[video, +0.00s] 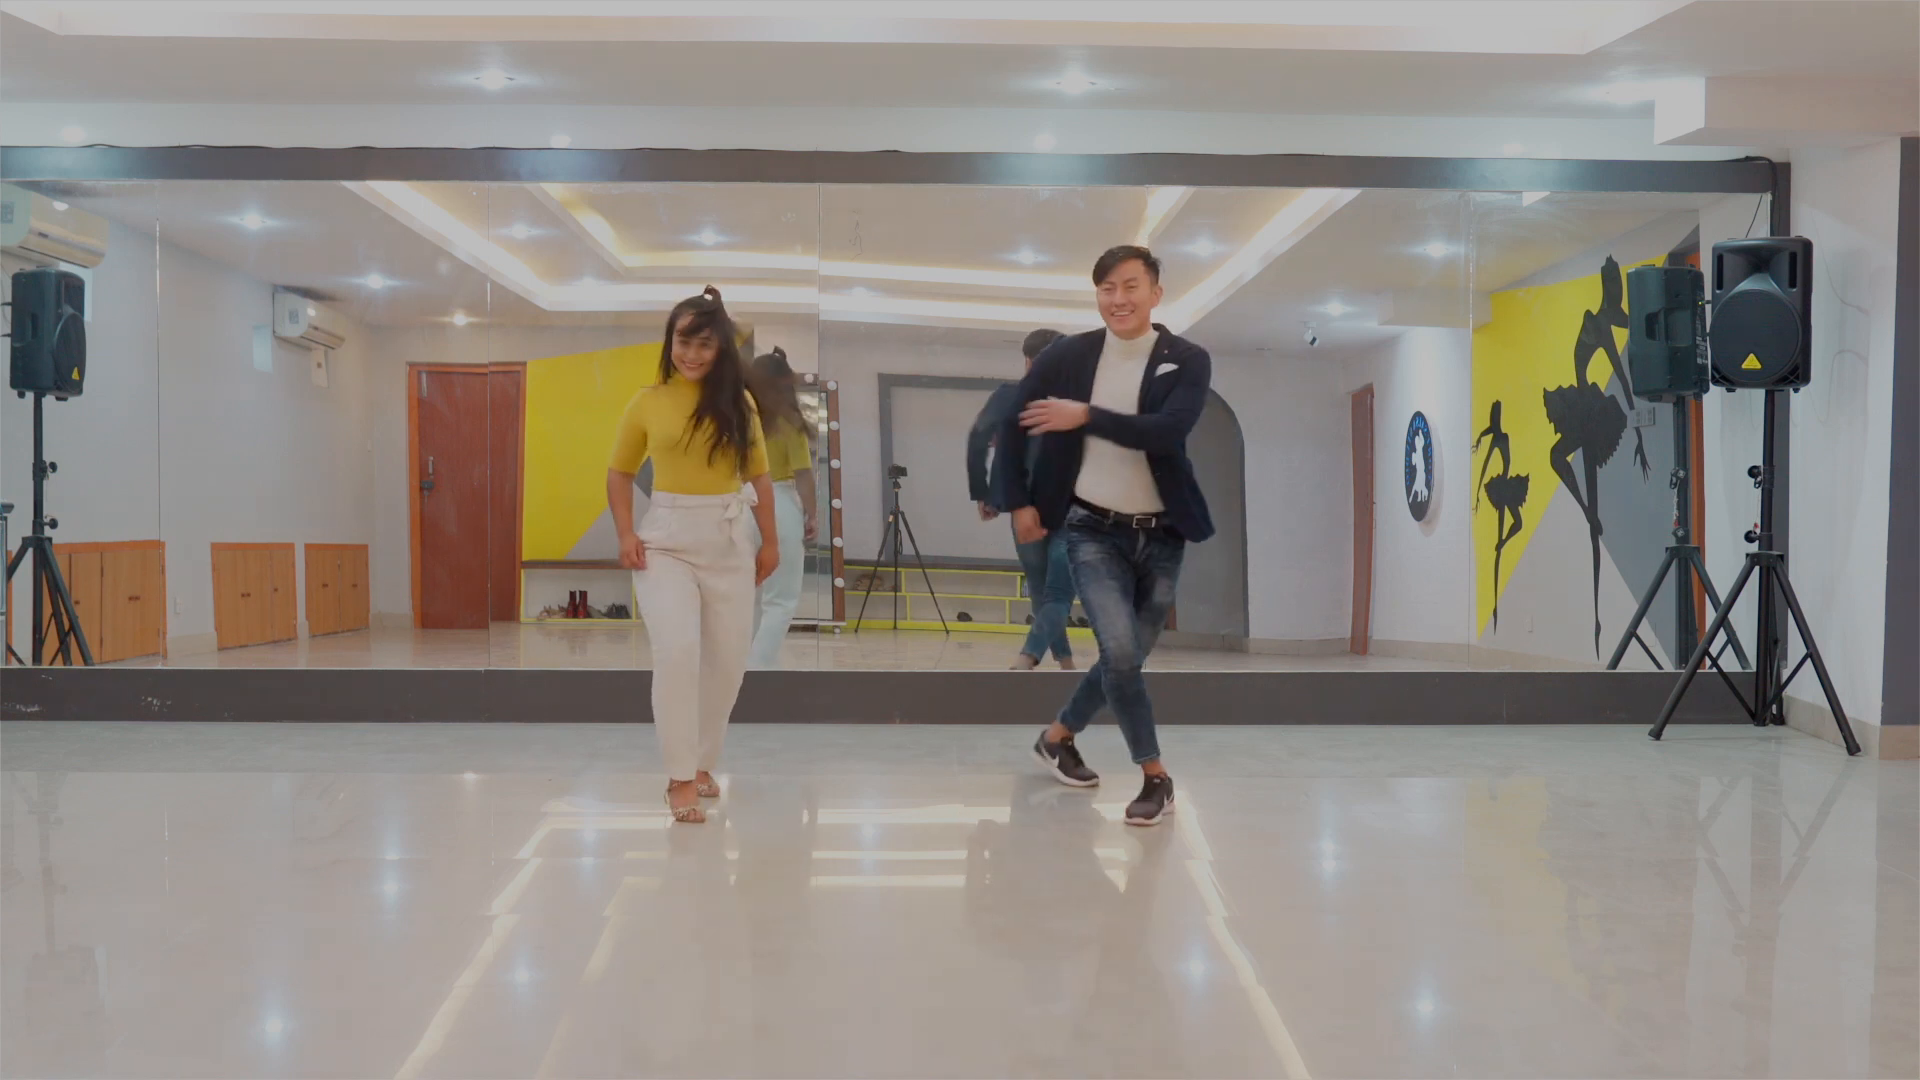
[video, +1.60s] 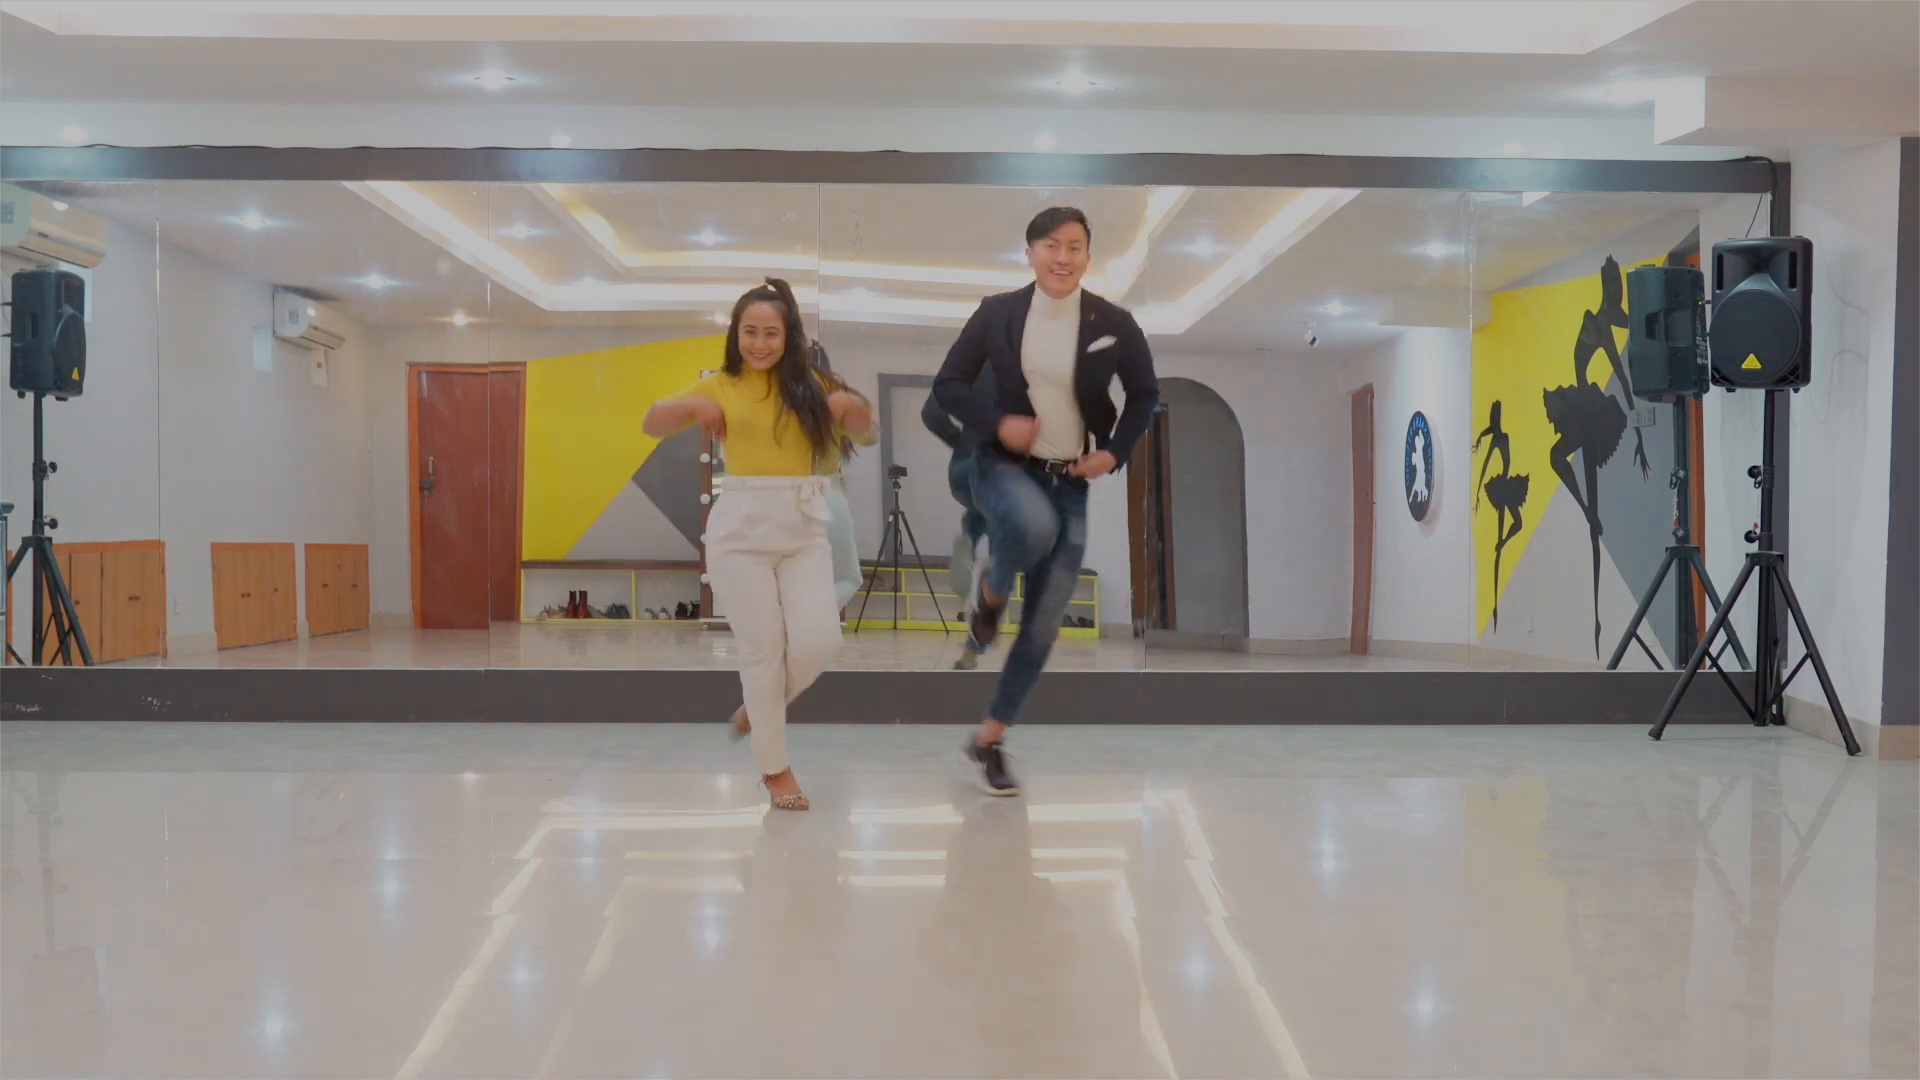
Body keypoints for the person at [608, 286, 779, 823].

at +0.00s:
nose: (691, 354)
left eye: (704, 345)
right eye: (683, 343)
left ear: (721, 349)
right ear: (670, 344)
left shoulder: (738, 403)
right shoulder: (649, 402)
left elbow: (761, 478)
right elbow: (619, 472)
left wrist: (771, 541)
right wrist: (626, 532)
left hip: (732, 543)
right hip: (666, 540)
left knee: (727, 659)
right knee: (677, 653)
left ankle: (703, 766)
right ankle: (681, 779)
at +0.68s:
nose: (703, 349)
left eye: (715, 341)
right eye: (694, 339)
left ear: (733, 345)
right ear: (681, 342)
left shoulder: (749, 399)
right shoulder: (662, 396)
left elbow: (764, 477)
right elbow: (649, 474)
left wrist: (765, 540)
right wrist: (655, 542)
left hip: (738, 536)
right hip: (678, 534)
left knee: (731, 652)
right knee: (685, 646)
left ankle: (701, 761)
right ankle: (683, 769)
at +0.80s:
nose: (707, 342)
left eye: (719, 332)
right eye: (698, 331)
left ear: (737, 335)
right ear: (685, 334)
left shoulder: (750, 391)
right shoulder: (669, 384)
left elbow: (768, 461)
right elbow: (632, 454)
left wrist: (763, 510)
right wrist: (660, 513)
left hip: (739, 530)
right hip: (680, 526)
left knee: (728, 645)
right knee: (713, 629)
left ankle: (698, 759)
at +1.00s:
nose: (717, 335)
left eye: (728, 325)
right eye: (707, 324)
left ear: (746, 328)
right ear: (693, 328)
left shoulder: (757, 382)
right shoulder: (682, 375)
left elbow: (781, 445)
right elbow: (625, 425)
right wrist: (671, 468)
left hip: (741, 522)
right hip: (692, 517)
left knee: (710, 644)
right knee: (757, 616)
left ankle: (687, 754)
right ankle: (681, 667)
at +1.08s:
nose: (721, 338)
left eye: (732, 327)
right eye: (711, 327)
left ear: (751, 330)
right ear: (698, 330)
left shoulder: (763, 384)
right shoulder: (687, 377)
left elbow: (786, 456)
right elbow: (628, 423)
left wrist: (796, 434)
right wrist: (678, 455)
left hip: (740, 525)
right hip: (697, 520)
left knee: (703, 644)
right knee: (762, 621)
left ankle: (673, 754)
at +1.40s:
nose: (746, 347)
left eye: (758, 338)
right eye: (736, 337)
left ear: (776, 343)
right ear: (724, 342)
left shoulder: (787, 396)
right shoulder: (714, 391)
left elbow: (823, 443)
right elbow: (652, 439)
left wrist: (825, 447)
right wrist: (708, 442)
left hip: (783, 536)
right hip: (735, 533)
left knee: (751, 656)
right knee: (776, 651)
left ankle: (688, 751)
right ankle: (779, 771)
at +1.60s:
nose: (759, 342)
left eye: (771, 332)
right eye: (749, 331)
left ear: (789, 337)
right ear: (736, 335)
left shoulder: (811, 387)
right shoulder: (717, 386)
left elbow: (866, 431)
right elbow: (652, 425)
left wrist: (856, 411)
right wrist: (693, 408)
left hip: (806, 534)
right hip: (740, 533)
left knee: (819, 645)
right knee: (763, 649)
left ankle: (758, 702)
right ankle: (776, 771)